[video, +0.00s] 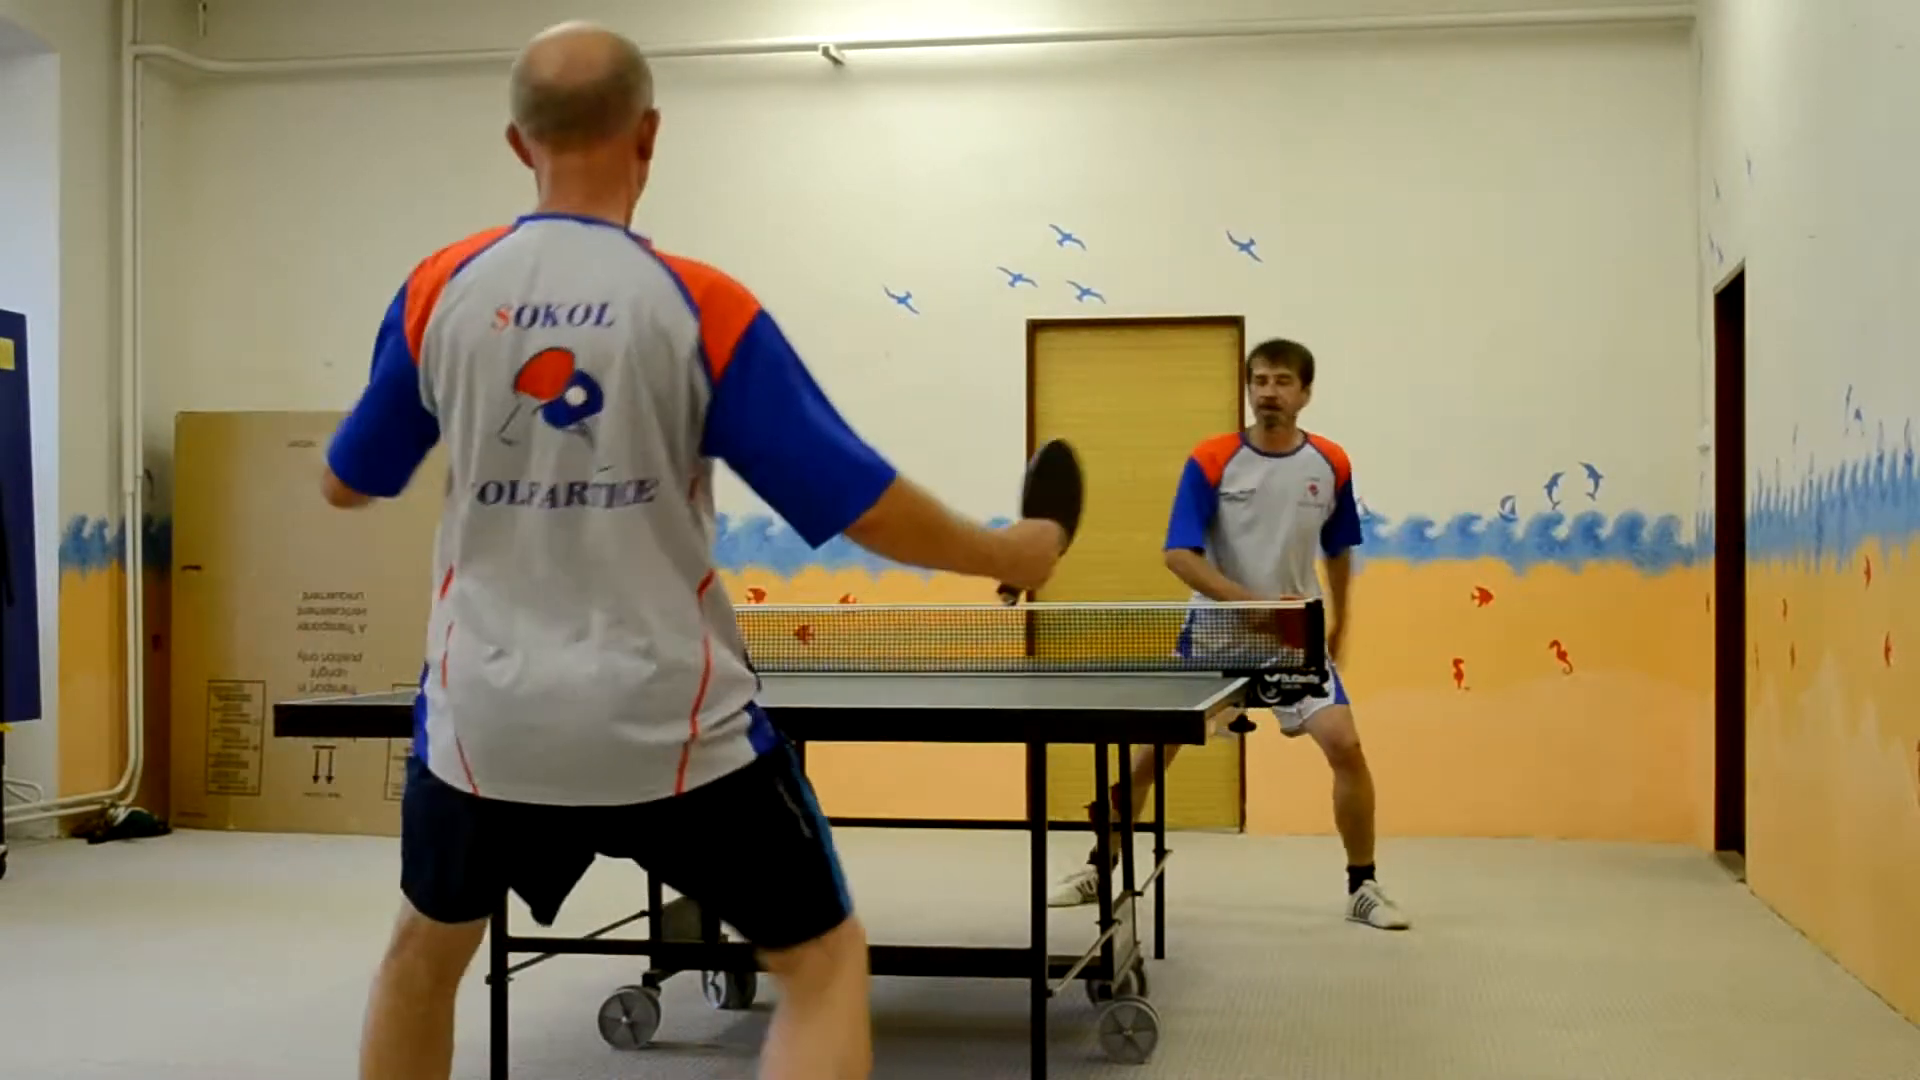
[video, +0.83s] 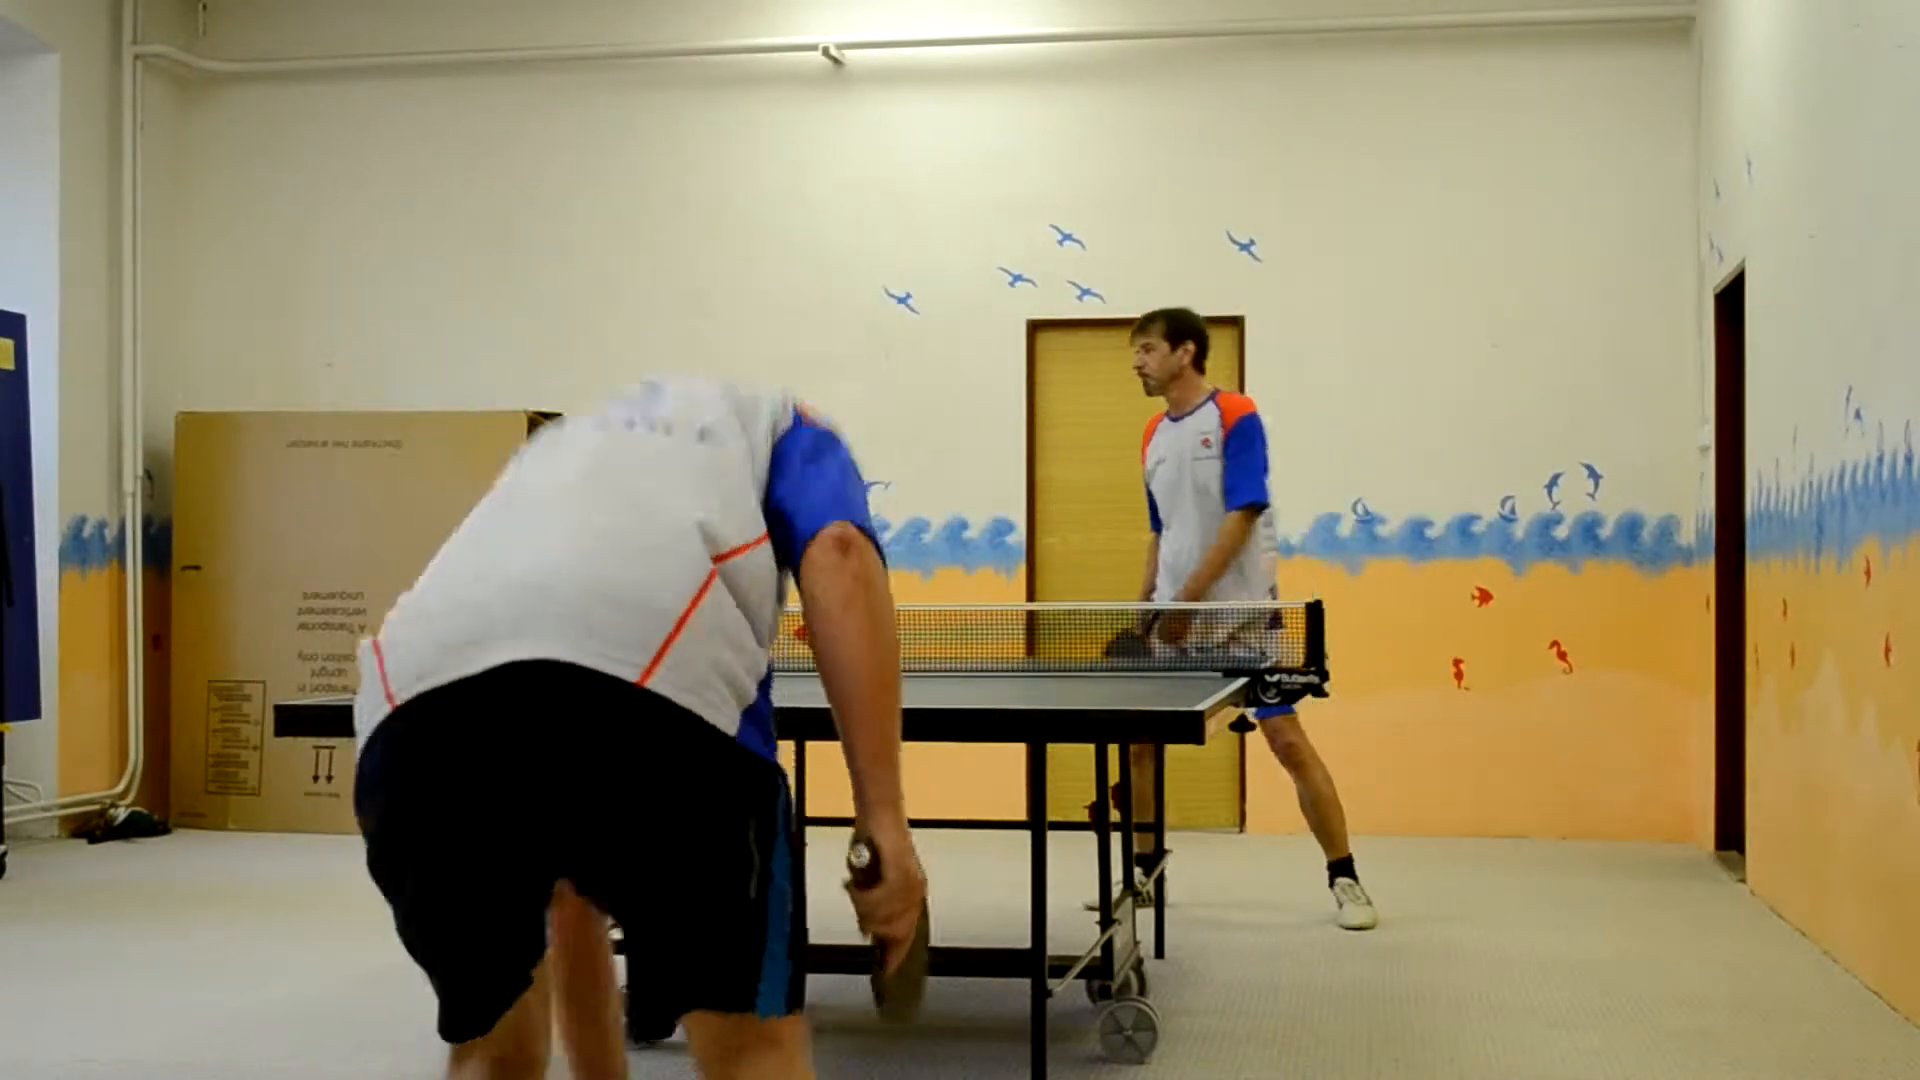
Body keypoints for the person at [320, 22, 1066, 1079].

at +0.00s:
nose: (649, 145)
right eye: (652, 128)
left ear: (519, 143)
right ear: (647, 138)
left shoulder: (439, 291)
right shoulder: (704, 309)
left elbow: (348, 483)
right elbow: (856, 498)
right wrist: (1007, 552)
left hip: (483, 728)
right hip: (674, 726)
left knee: (423, 956)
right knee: (820, 965)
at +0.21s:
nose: (710, 130)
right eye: (724, 116)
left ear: (593, 125)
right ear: (729, 122)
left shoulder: (503, 257)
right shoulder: (795, 271)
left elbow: (360, 468)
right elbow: (929, 493)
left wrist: (328, 416)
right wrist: (1052, 615)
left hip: (524, 719)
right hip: (727, 726)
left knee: (452, 981)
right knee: (768, 1039)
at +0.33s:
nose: (739, 121)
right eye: (752, 107)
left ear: (611, 102)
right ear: (750, 105)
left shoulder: (520, 215)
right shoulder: (822, 231)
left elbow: (409, 444)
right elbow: (915, 483)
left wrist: (376, 547)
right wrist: (996, 664)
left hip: (531, 696)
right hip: (739, 713)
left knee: (496, 971)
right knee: (760, 1027)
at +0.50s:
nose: (741, 123)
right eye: (752, 110)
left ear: (610, 101)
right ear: (751, 100)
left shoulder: (508, 201)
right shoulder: (808, 201)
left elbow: (427, 473)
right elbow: (859, 473)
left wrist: (435, 680)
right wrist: (912, 698)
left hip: (509, 688)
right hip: (722, 696)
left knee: (538, 1030)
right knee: (750, 1030)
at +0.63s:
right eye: (748, 198)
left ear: (607, 184)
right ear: (741, 180)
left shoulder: (505, 275)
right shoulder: (781, 238)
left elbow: (434, 534)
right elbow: (826, 485)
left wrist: (454, 718)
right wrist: (874, 740)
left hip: (480, 685)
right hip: (694, 674)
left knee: (537, 1032)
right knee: (766, 1007)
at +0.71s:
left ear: (615, 269)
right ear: (732, 259)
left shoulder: (519, 343)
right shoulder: (777, 302)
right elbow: (829, 510)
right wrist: (868, 758)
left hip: (450, 689)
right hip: (668, 675)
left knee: (522, 1028)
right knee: (768, 996)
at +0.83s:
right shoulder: (777, 422)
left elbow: (571, 910)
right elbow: (837, 551)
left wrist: (601, 1078)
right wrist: (882, 820)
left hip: (417, 721)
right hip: (646, 702)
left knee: (490, 1042)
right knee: (748, 1042)